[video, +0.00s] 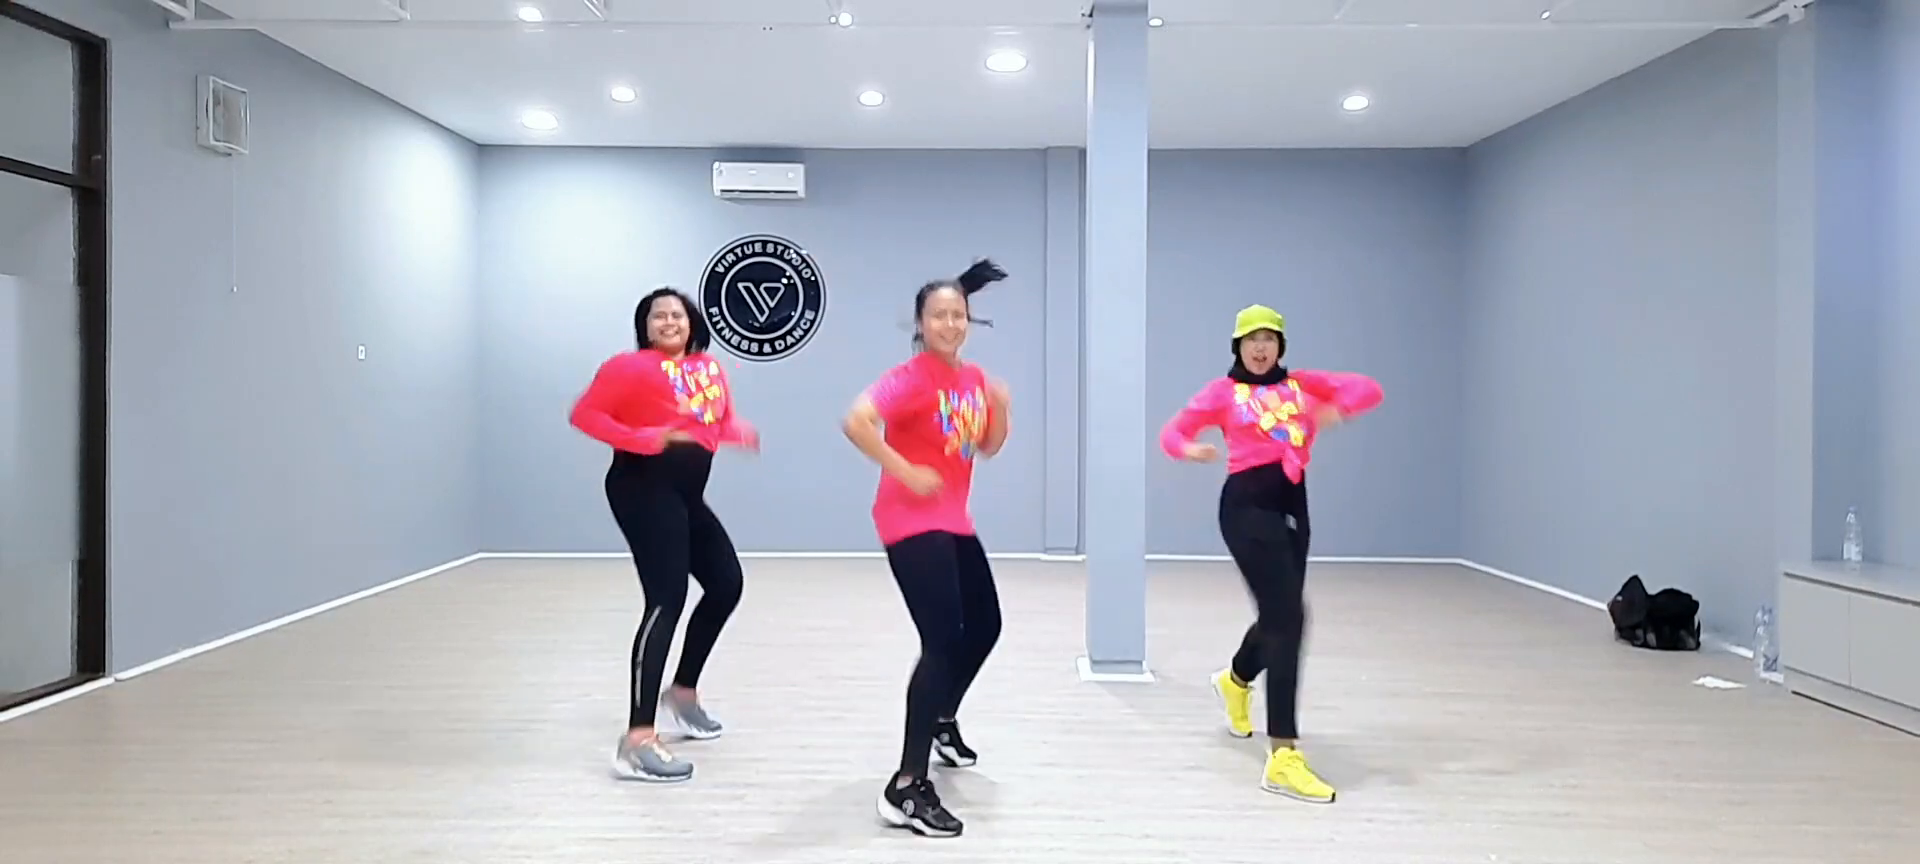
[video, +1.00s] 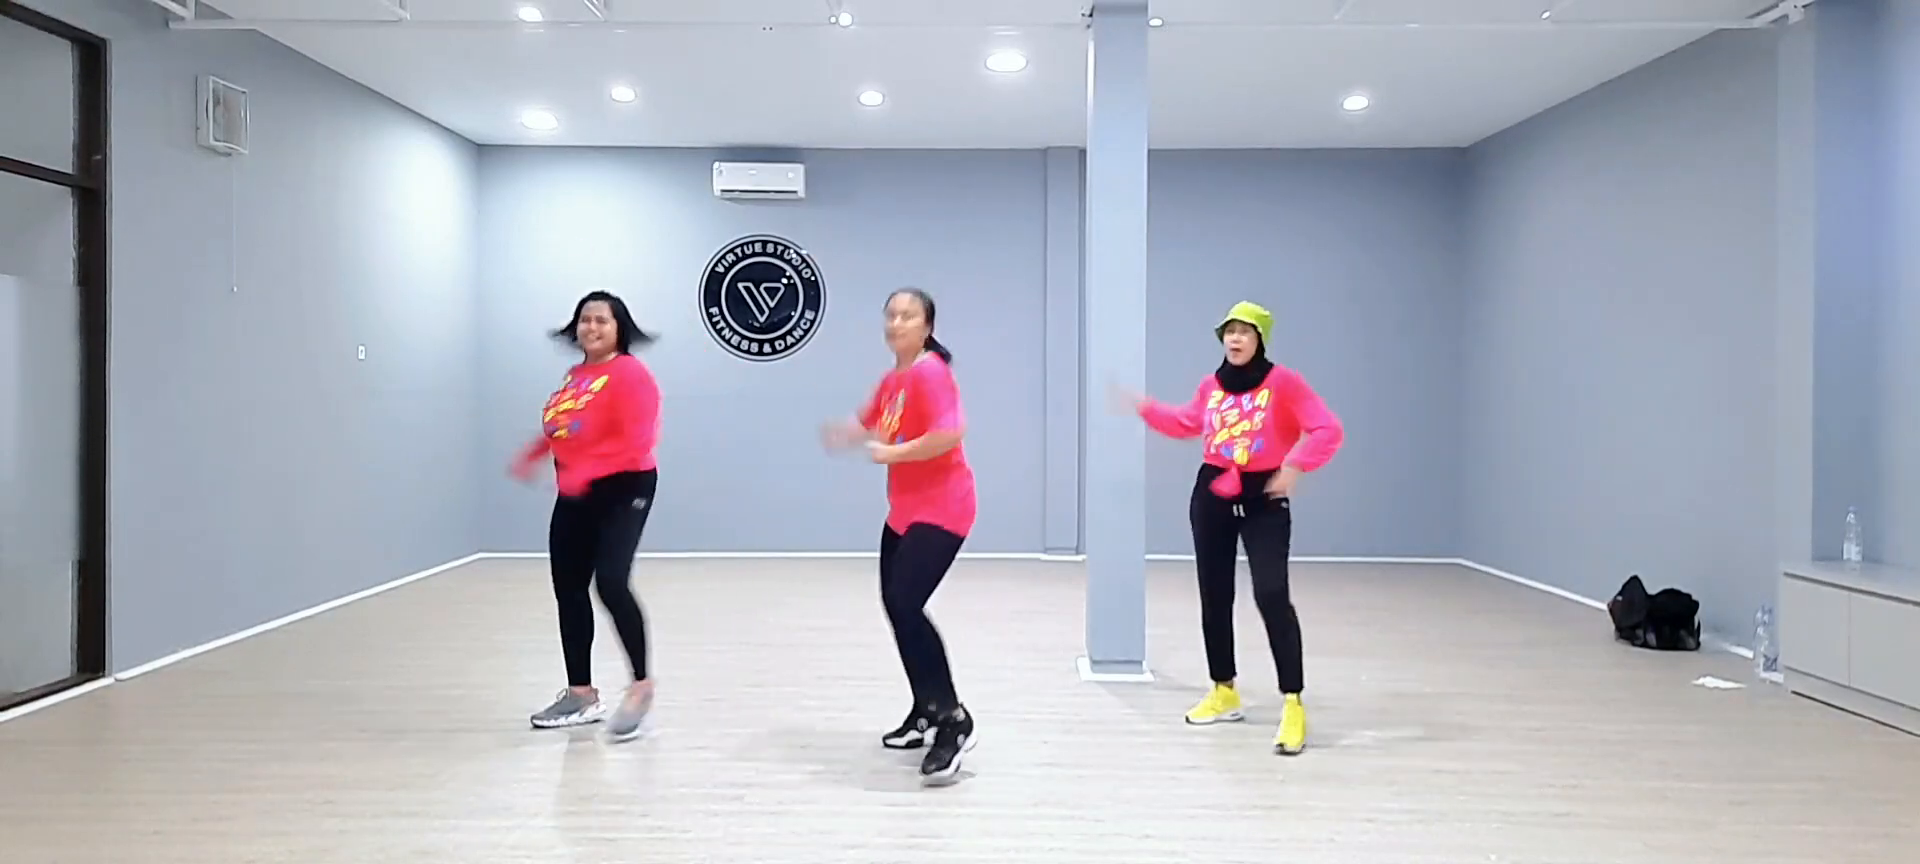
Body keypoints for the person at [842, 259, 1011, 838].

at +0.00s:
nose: (952, 323)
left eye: (959, 314)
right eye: (941, 314)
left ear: (969, 323)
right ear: (921, 323)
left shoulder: (973, 381)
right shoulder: (910, 376)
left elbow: (988, 448)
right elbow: (856, 420)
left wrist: (999, 408)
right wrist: (905, 470)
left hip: (956, 521)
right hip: (913, 523)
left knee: (984, 626)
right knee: (944, 642)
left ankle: (942, 717)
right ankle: (907, 782)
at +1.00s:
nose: (896, 322)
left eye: (907, 315)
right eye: (891, 315)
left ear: (928, 325)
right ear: (884, 325)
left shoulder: (933, 372)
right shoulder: (891, 380)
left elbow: (950, 434)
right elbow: (871, 427)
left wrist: (893, 452)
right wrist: (846, 435)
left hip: (942, 508)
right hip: (905, 508)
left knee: (905, 603)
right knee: (895, 603)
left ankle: (951, 715)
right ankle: (926, 707)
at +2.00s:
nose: (886, 306)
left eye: (896, 299)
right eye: (877, 298)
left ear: (909, 309)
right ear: (861, 306)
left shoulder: (927, 362)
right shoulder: (842, 342)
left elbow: (977, 401)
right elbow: (821, 274)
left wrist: (940, 443)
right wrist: (828, 210)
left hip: (920, 500)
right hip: (858, 499)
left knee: (948, 608)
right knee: (808, 600)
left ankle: (982, 723)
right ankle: (788, 715)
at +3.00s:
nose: (906, 339)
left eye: (916, 330)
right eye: (897, 329)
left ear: (926, 334)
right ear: (878, 329)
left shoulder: (937, 390)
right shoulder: (853, 380)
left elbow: (958, 459)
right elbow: (852, 445)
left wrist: (987, 513)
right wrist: (897, 416)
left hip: (931, 529)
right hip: (868, 531)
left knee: (931, 643)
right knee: (873, 651)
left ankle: (925, 736)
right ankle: (867, 711)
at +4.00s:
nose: (853, 309)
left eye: (859, 300)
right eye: (856, 299)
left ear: (880, 306)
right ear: (899, 308)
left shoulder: (858, 358)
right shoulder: (934, 360)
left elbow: (835, 429)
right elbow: (961, 423)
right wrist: (922, 450)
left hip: (866, 512)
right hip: (923, 511)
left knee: (845, 625)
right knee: (900, 599)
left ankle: (854, 748)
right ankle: (938, 713)